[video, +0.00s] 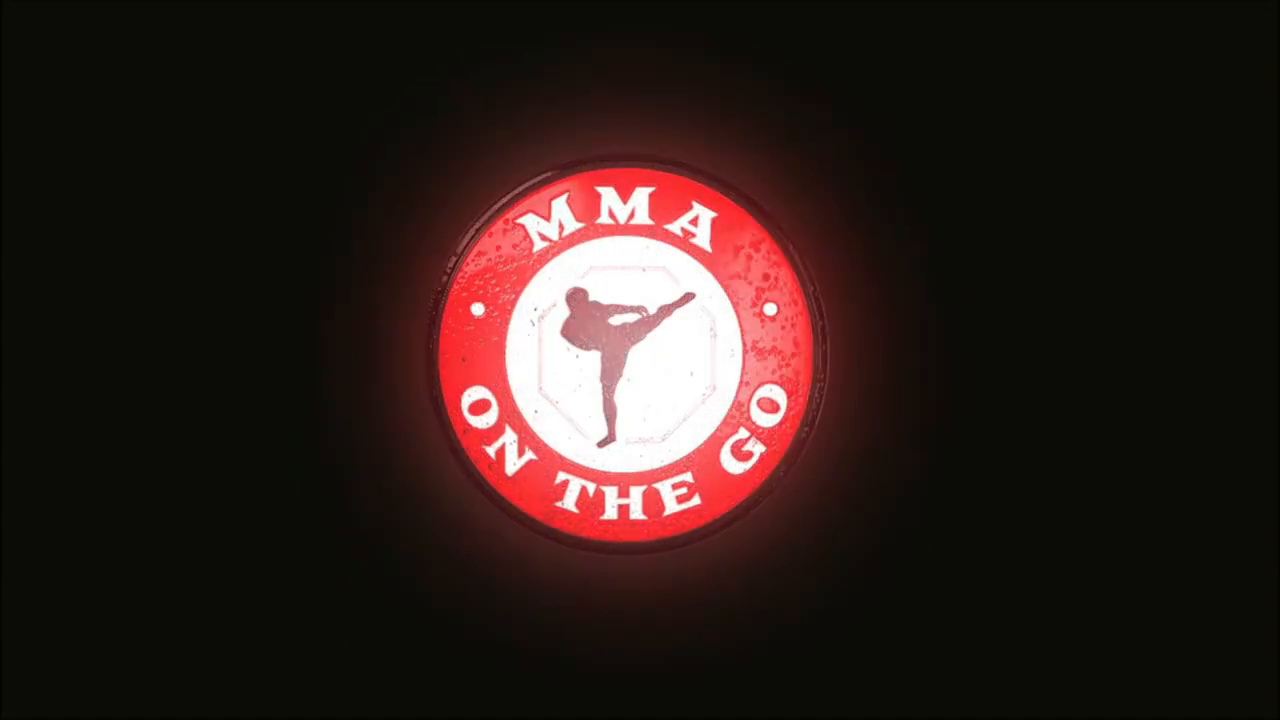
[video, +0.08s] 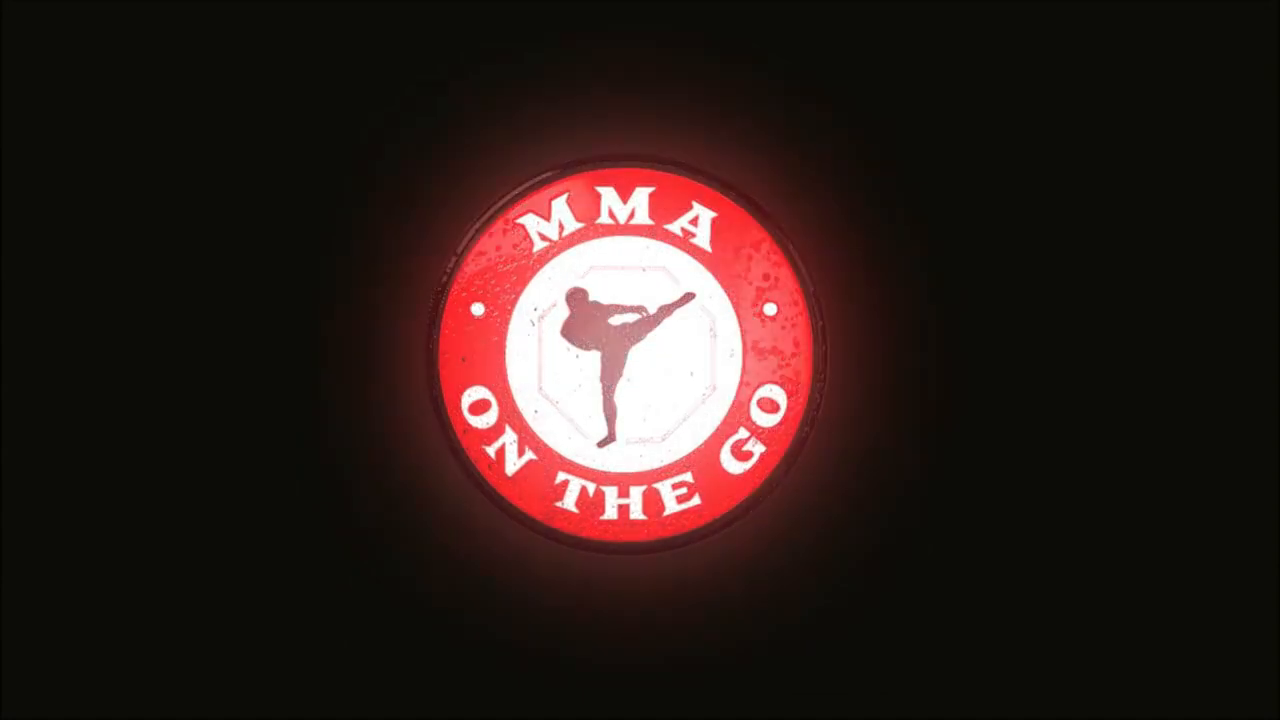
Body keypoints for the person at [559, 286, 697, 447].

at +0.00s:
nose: (576, 304)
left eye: (579, 299)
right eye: (573, 301)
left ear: (585, 298)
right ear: (568, 303)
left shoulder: (594, 308)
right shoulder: (567, 329)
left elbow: (615, 309)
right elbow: (585, 346)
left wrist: (636, 309)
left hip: (622, 334)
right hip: (610, 351)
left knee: (655, 319)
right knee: (608, 393)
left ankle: (677, 304)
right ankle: (611, 435)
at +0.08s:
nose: (576, 304)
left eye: (579, 299)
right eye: (572, 301)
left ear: (585, 298)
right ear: (568, 303)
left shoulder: (594, 308)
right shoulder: (567, 330)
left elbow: (615, 309)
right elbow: (584, 345)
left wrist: (636, 309)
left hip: (622, 333)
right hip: (609, 351)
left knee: (654, 320)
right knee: (608, 392)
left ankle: (677, 304)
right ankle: (611, 435)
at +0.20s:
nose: (577, 303)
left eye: (580, 299)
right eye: (574, 300)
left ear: (586, 298)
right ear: (568, 303)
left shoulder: (594, 308)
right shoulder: (567, 330)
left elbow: (615, 309)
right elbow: (585, 345)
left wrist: (636, 309)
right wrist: (601, 342)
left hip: (622, 333)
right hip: (609, 351)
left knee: (654, 320)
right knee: (607, 392)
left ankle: (677, 304)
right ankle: (611, 435)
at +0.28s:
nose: (577, 304)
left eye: (579, 299)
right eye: (573, 300)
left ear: (585, 298)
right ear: (568, 303)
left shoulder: (594, 308)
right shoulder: (567, 330)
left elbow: (615, 309)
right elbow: (585, 345)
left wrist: (635, 309)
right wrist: (601, 342)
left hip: (621, 333)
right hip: (609, 350)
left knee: (654, 320)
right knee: (607, 392)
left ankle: (677, 304)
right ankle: (611, 435)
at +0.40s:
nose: (577, 303)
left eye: (580, 299)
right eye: (574, 300)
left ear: (585, 298)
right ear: (569, 303)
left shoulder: (594, 308)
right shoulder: (567, 329)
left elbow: (615, 309)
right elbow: (586, 345)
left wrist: (636, 309)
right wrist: (601, 342)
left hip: (622, 334)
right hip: (609, 351)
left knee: (654, 320)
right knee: (607, 393)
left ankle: (677, 304)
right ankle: (611, 435)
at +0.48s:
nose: (579, 303)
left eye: (580, 298)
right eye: (575, 299)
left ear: (585, 298)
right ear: (570, 302)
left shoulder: (593, 308)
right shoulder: (567, 330)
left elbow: (614, 309)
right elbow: (585, 345)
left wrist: (635, 309)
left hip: (622, 334)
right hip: (610, 351)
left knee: (655, 319)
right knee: (607, 393)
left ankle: (678, 304)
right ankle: (611, 435)